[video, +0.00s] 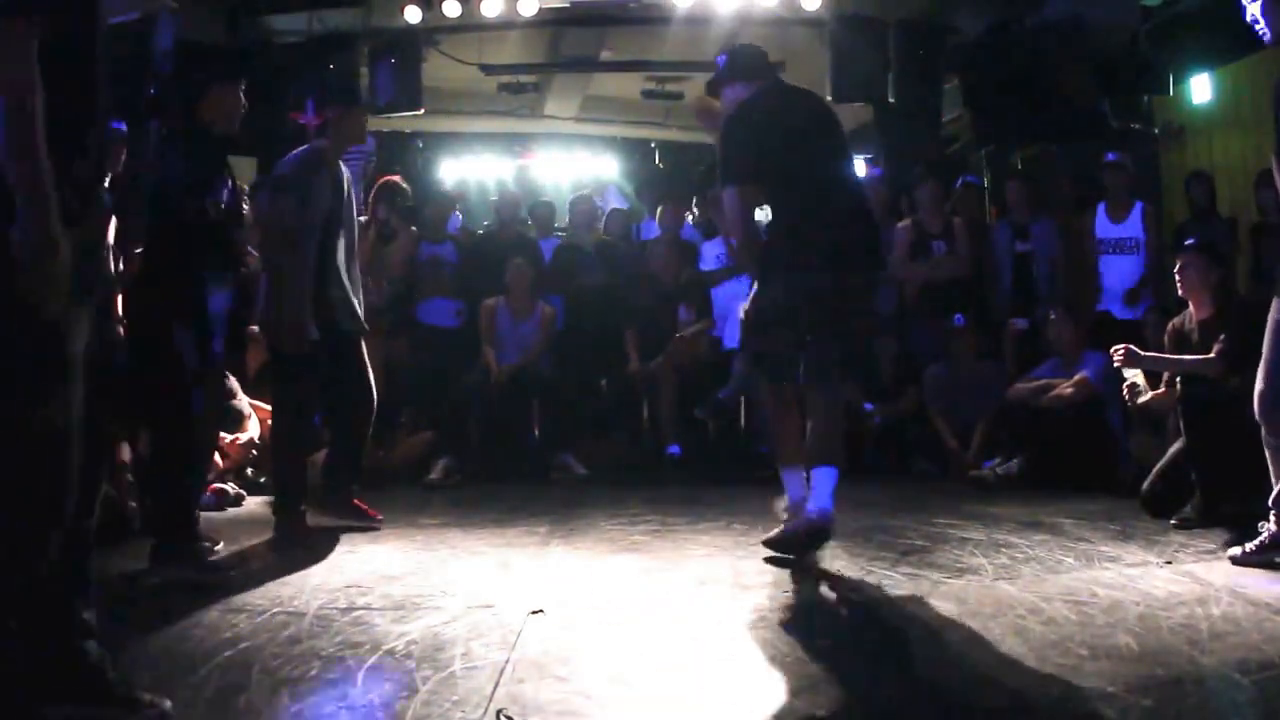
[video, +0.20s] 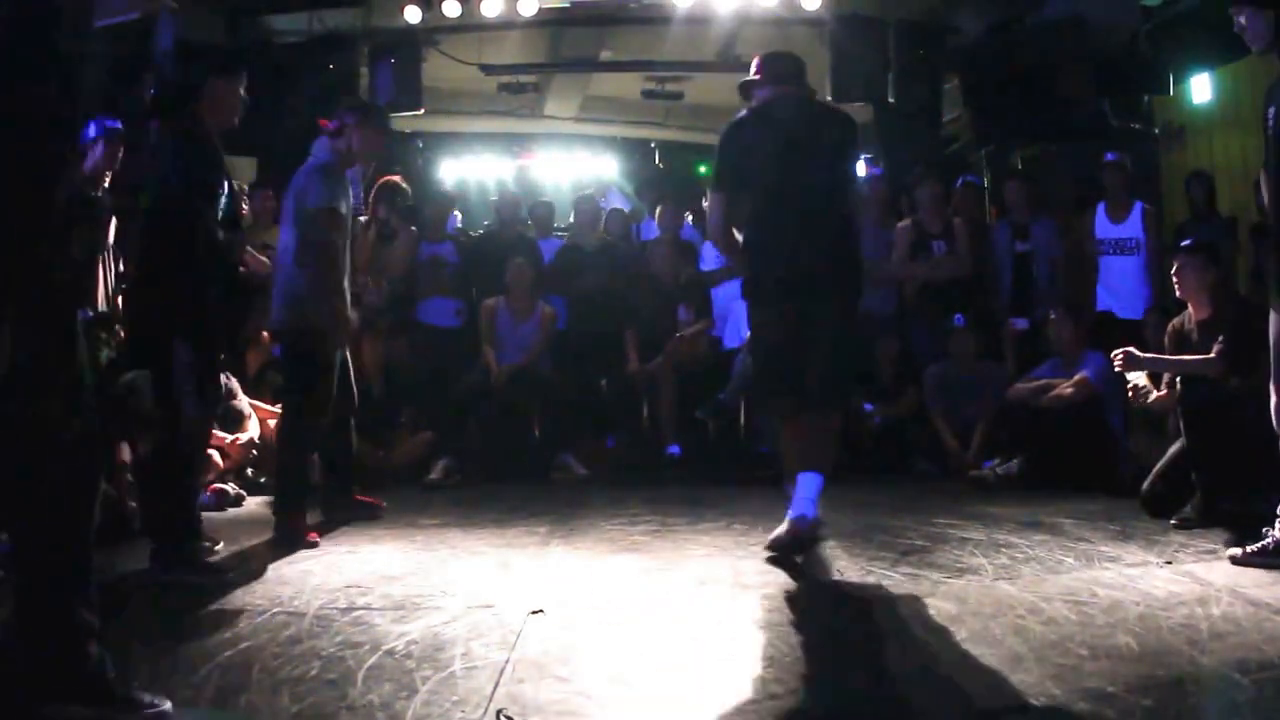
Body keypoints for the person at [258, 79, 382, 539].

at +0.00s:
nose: (362, 134)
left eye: (363, 125)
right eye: (357, 124)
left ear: (344, 124)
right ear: (332, 120)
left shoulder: (339, 173)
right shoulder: (298, 170)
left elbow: (340, 249)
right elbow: (288, 249)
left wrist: (354, 307)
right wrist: (293, 317)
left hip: (339, 315)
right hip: (300, 316)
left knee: (359, 402)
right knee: (294, 416)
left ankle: (339, 493)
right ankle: (290, 514)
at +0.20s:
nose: (373, 150)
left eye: (376, 142)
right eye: (369, 140)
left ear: (355, 135)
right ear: (348, 130)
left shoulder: (336, 176)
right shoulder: (321, 176)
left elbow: (334, 253)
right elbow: (322, 256)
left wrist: (343, 311)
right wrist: (340, 315)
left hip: (327, 316)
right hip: (306, 317)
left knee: (340, 409)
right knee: (303, 415)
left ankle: (341, 496)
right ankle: (290, 517)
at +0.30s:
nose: (384, 161)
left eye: (387, 153)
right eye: (384, 151)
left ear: (357, 139)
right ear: (369, 141)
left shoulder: (321, 172)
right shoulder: (343, 168)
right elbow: (350, 234)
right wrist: (382, 292)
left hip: (315, 305)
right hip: (318, 306)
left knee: (336, 407)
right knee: (313, 411)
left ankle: (337, 496)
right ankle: (290, 518)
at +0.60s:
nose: (411, 170)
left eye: (412, 163)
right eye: (410, 161)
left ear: (380, 149)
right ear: (393, 152)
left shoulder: (335, 185)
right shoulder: (375, 174)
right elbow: (374, 227)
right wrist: (415, 280)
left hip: (332, 309)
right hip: (362, 309)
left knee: (340, 406)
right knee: (372, 403)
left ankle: (343, 491)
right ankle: (341, 493)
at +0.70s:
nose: (414, 167)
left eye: (415, 158)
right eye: (411, 157)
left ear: (381, 149)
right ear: (394, 152)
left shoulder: (348, 183)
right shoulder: (381, 177)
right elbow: (379, 232)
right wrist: (398, 300)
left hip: (340, 313)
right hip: (372, 314)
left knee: (343, 409)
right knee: (393, 403)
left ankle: (342, 496)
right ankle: (381, 488)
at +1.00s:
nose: (452, 166)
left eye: (454, 157)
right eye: (447, 155)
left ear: (424, 154)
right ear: (420, 151)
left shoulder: (393, 191)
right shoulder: (406, 193)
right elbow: (387, 255)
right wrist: (385, 318)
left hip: (394, 325)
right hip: (410, 327)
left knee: (378, 412)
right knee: (434, 413)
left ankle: (355, 486)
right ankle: (442, 489)